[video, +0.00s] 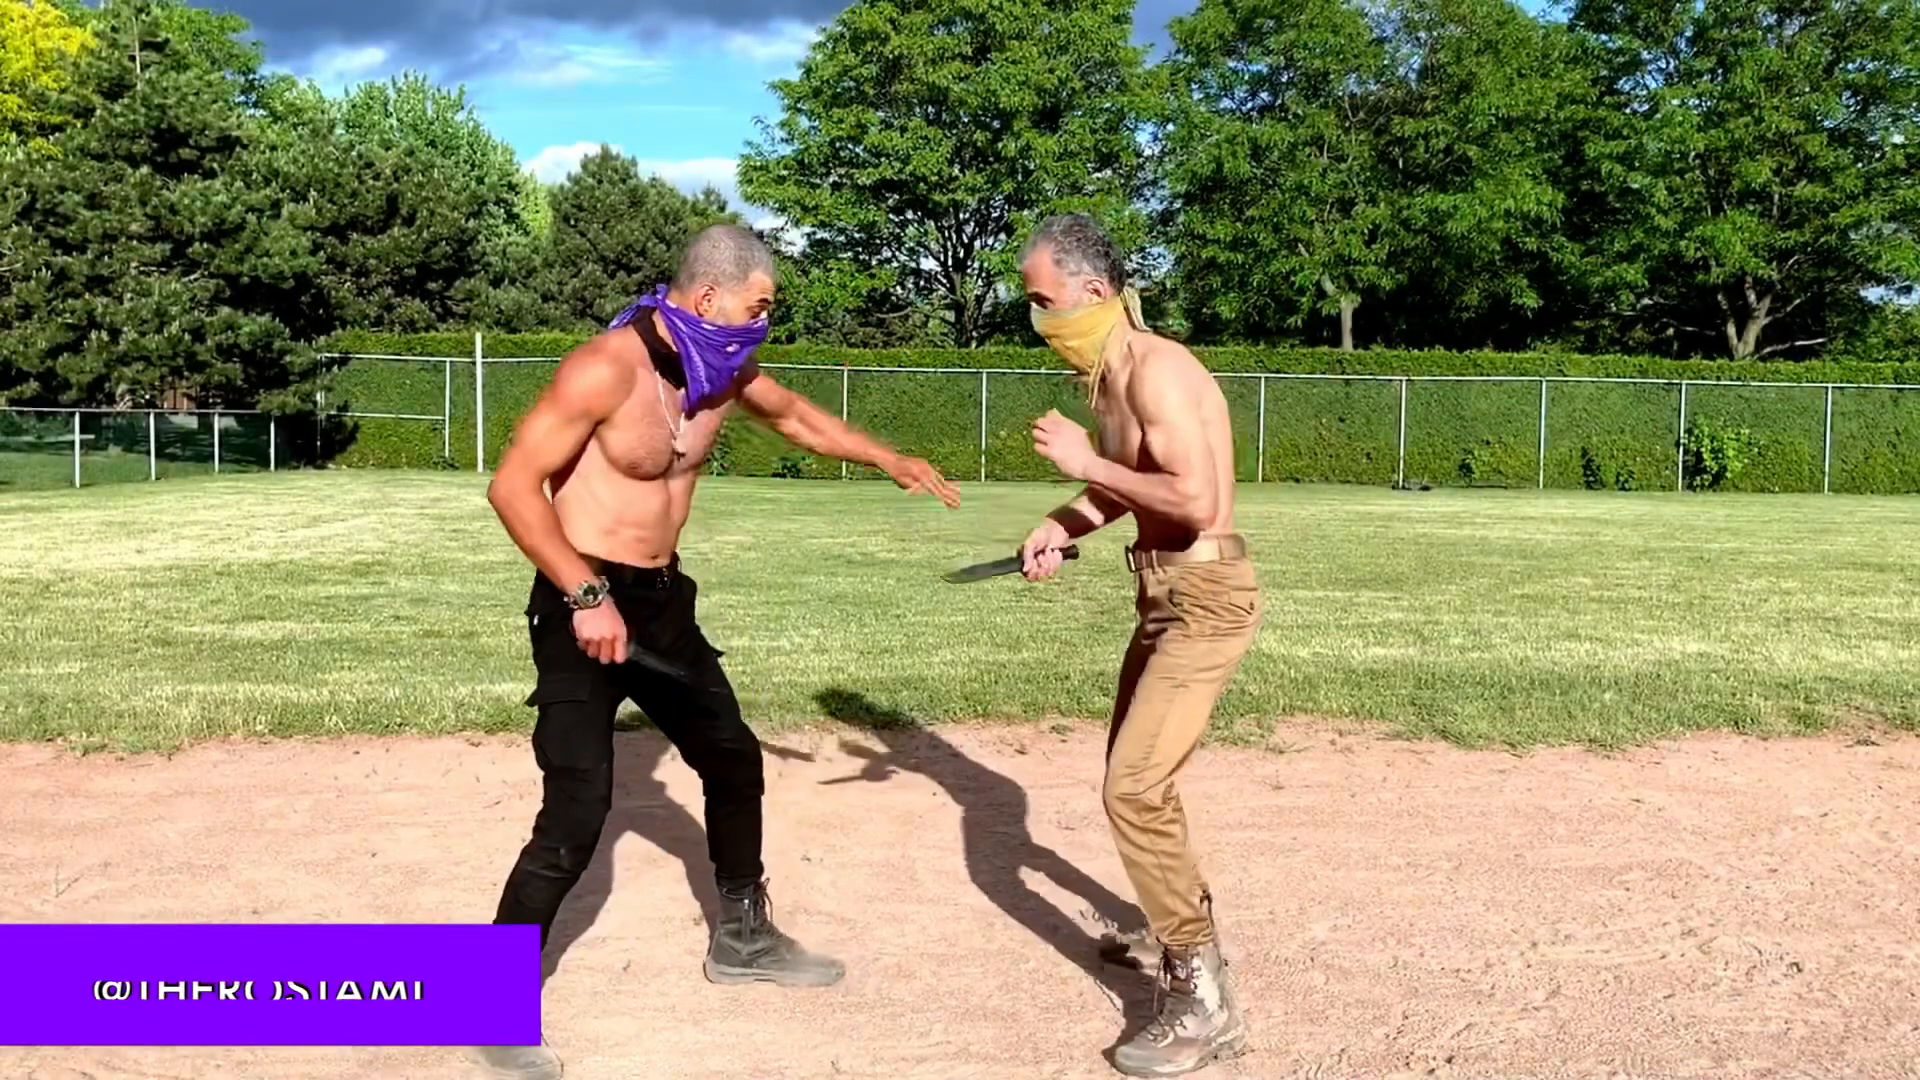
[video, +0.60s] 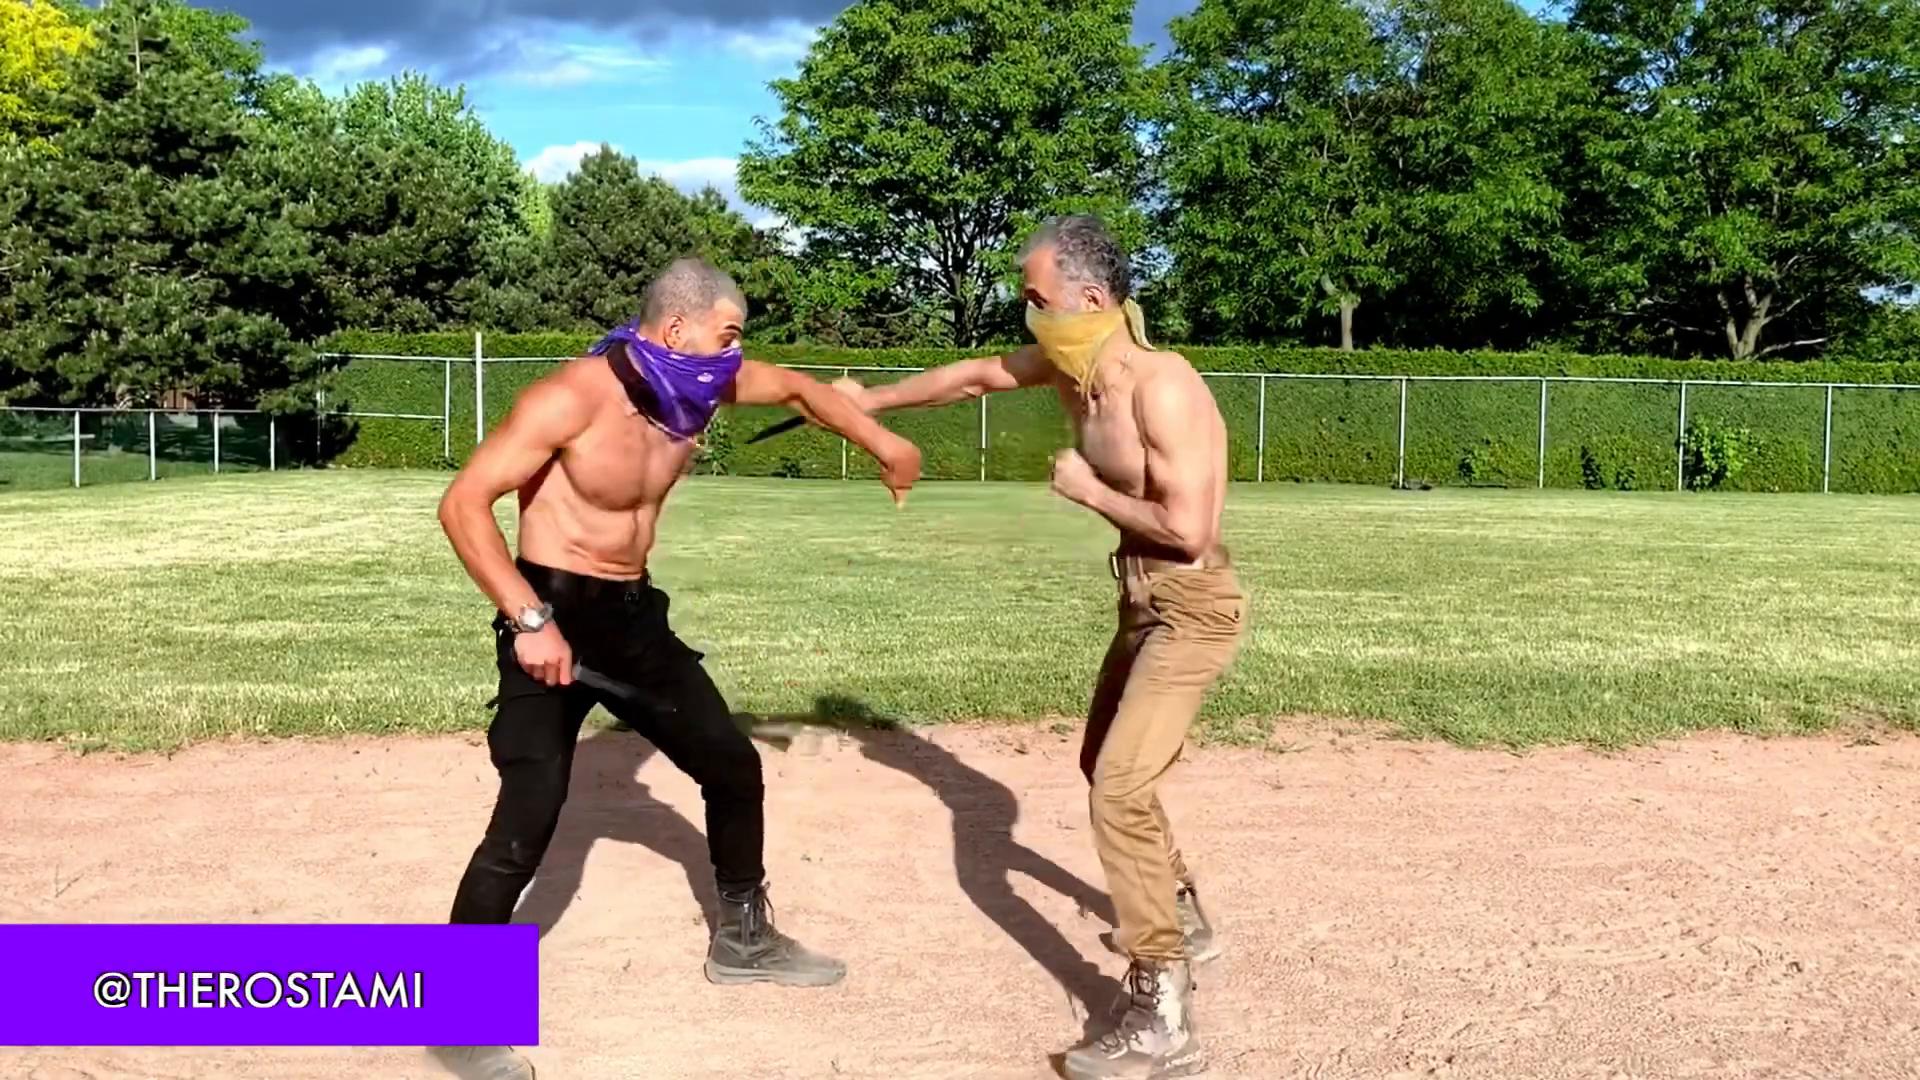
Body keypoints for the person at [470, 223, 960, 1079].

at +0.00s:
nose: (761, 326)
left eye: (767, 311)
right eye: (753, 308)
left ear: (722, 302)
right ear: (700, 299)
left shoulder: (719, 363)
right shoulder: (606, 367)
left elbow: (795, 417)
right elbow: (513, 483)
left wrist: (887, 455)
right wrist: (582, 592)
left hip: (662, 598)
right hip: (580, 598)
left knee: (733, 757)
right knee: (573, 814)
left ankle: (742, 933)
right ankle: (497, 1002)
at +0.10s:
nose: (772, 334)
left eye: (778, 319)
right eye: (765, 316)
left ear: (734, 309)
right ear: (714, 304)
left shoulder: (714, 374)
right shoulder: (623, 367)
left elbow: (722, 463)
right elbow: (526, 477)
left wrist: (795, 459)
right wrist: (598, 582)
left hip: (665, 600)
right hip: (589, 598)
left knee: (740, 759)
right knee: (583, 812)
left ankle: (742, 935)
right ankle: (495, 1003)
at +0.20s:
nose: (779, 333)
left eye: (785, 318)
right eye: (776, 314)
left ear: (729, 299)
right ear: (732, 302)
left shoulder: (689, 366)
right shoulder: (661, 366)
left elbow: (690, 473)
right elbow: (612, 506)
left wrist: (752, 435)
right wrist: (706, 582)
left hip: (657, 603)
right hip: (604, 605)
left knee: (737, 757)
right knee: (608, 818)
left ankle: (741, 935)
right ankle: (499, 1003)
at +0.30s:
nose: (775, 329)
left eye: (780, 314)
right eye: (771, 311)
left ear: (713, 294)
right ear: (725, 298)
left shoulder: (651, 345)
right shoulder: (678, 366)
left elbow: (666, 461)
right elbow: (790, 487)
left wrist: (740, 410)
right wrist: (900, 541)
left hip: (656, 605)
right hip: (591, 608)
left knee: (734, 756)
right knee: (589, 810)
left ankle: (742, 934)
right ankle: (496, 999)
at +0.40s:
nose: (771, 323)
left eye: (775, 307)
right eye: (765, 306)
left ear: (711, 293)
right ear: (719, 298)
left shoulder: (680, 365)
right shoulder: (661, 372)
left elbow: (680, 462)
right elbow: (790, 483)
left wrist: (759, 407)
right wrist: (904, 540)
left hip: (653, 605)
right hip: (575, 606)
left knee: (728, 758)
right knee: (547, 805)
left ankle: (742, 934)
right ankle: (488, 1006)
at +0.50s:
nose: (763, 332)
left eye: (764, 319)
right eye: (756, 316)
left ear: (713, 309)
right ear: (707, 310)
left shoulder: (705, 370)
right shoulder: (623, 379)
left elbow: (785, 377)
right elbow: (623, 529)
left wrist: (860, 382)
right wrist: (700, 637)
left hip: (634, 609)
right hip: (561, 609)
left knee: (736, 761)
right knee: (552, 811)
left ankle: (744, 935)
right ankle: (463, 998)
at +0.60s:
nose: (735, 353)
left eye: (738, 338)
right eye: (726, 336)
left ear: (686, 332)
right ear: (672, 330)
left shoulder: (698, 384)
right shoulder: (576, 394)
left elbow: (798, 387)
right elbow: (462, 502)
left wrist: (881, 440)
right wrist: (527, 617)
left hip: (632, 613)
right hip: (547, 612)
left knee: (733, 768)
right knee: (527, 816)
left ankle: (743, 935)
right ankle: (453, 1007)